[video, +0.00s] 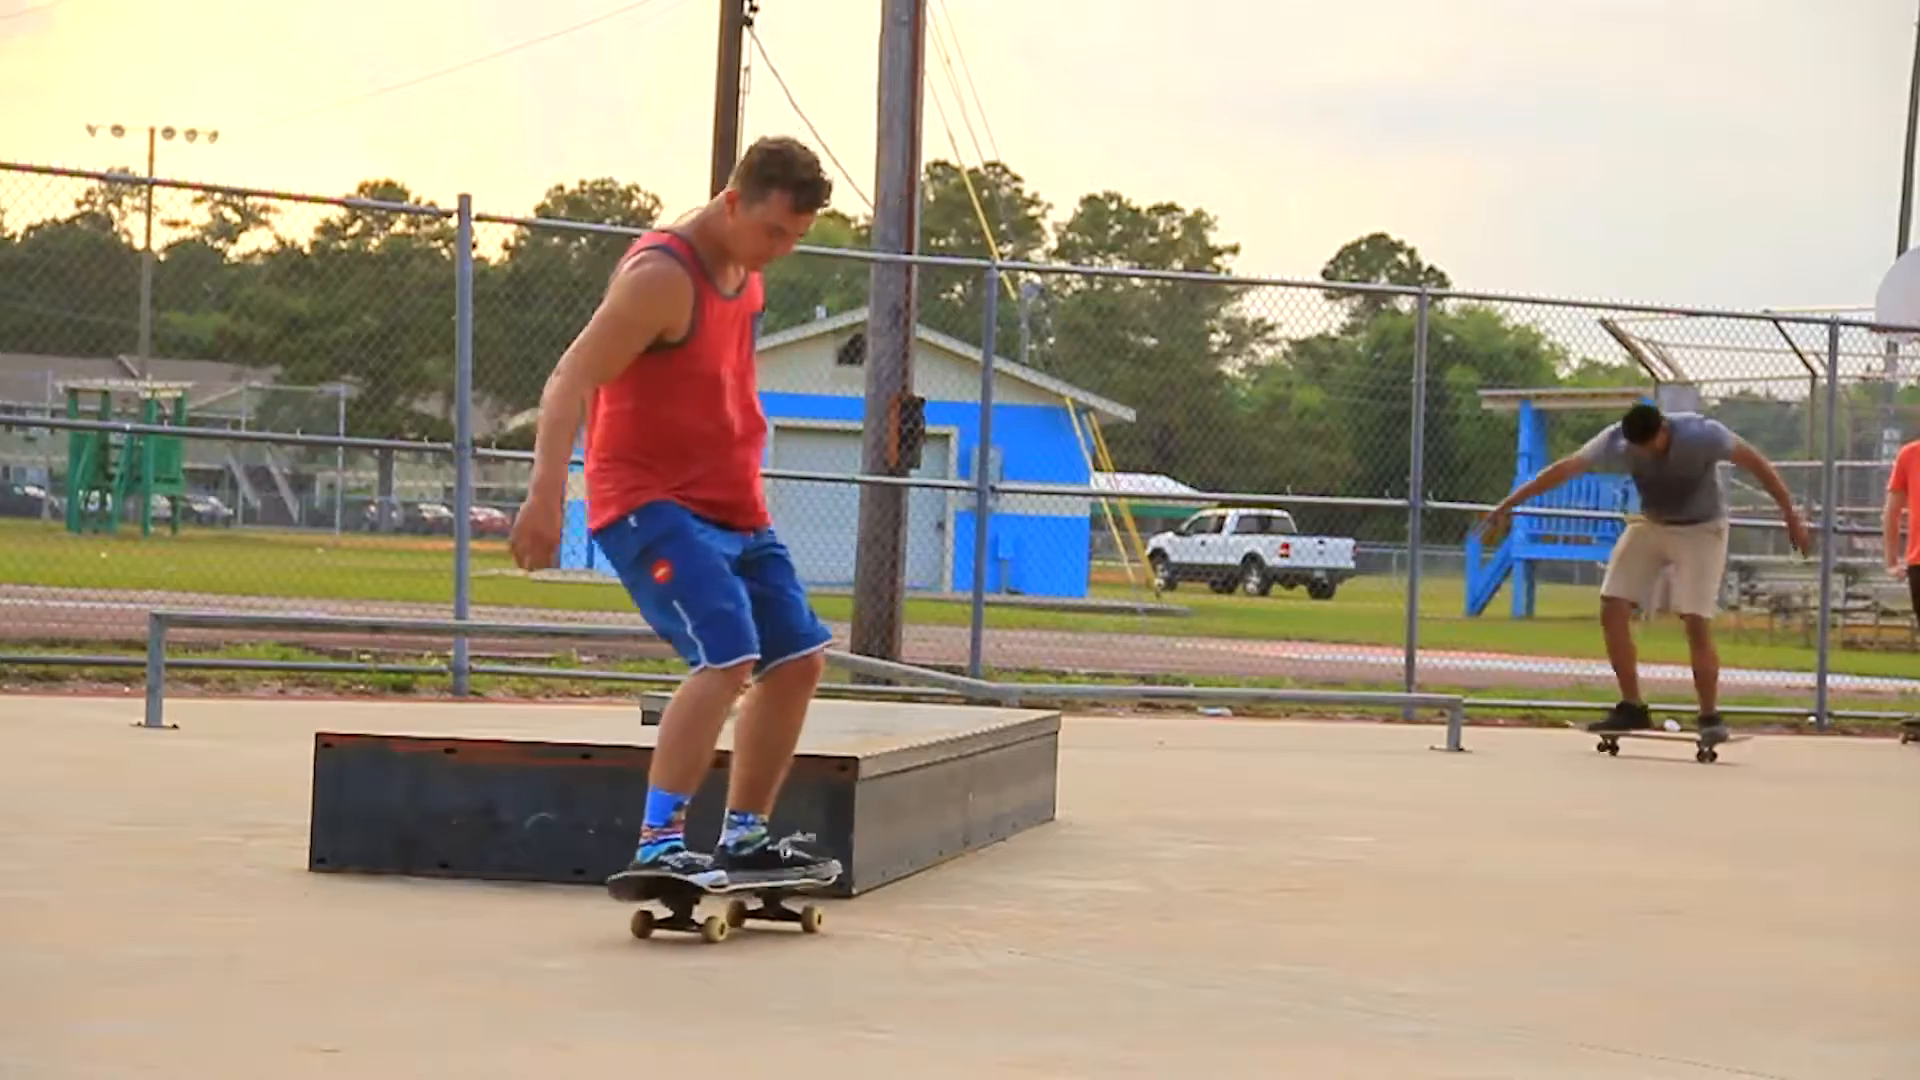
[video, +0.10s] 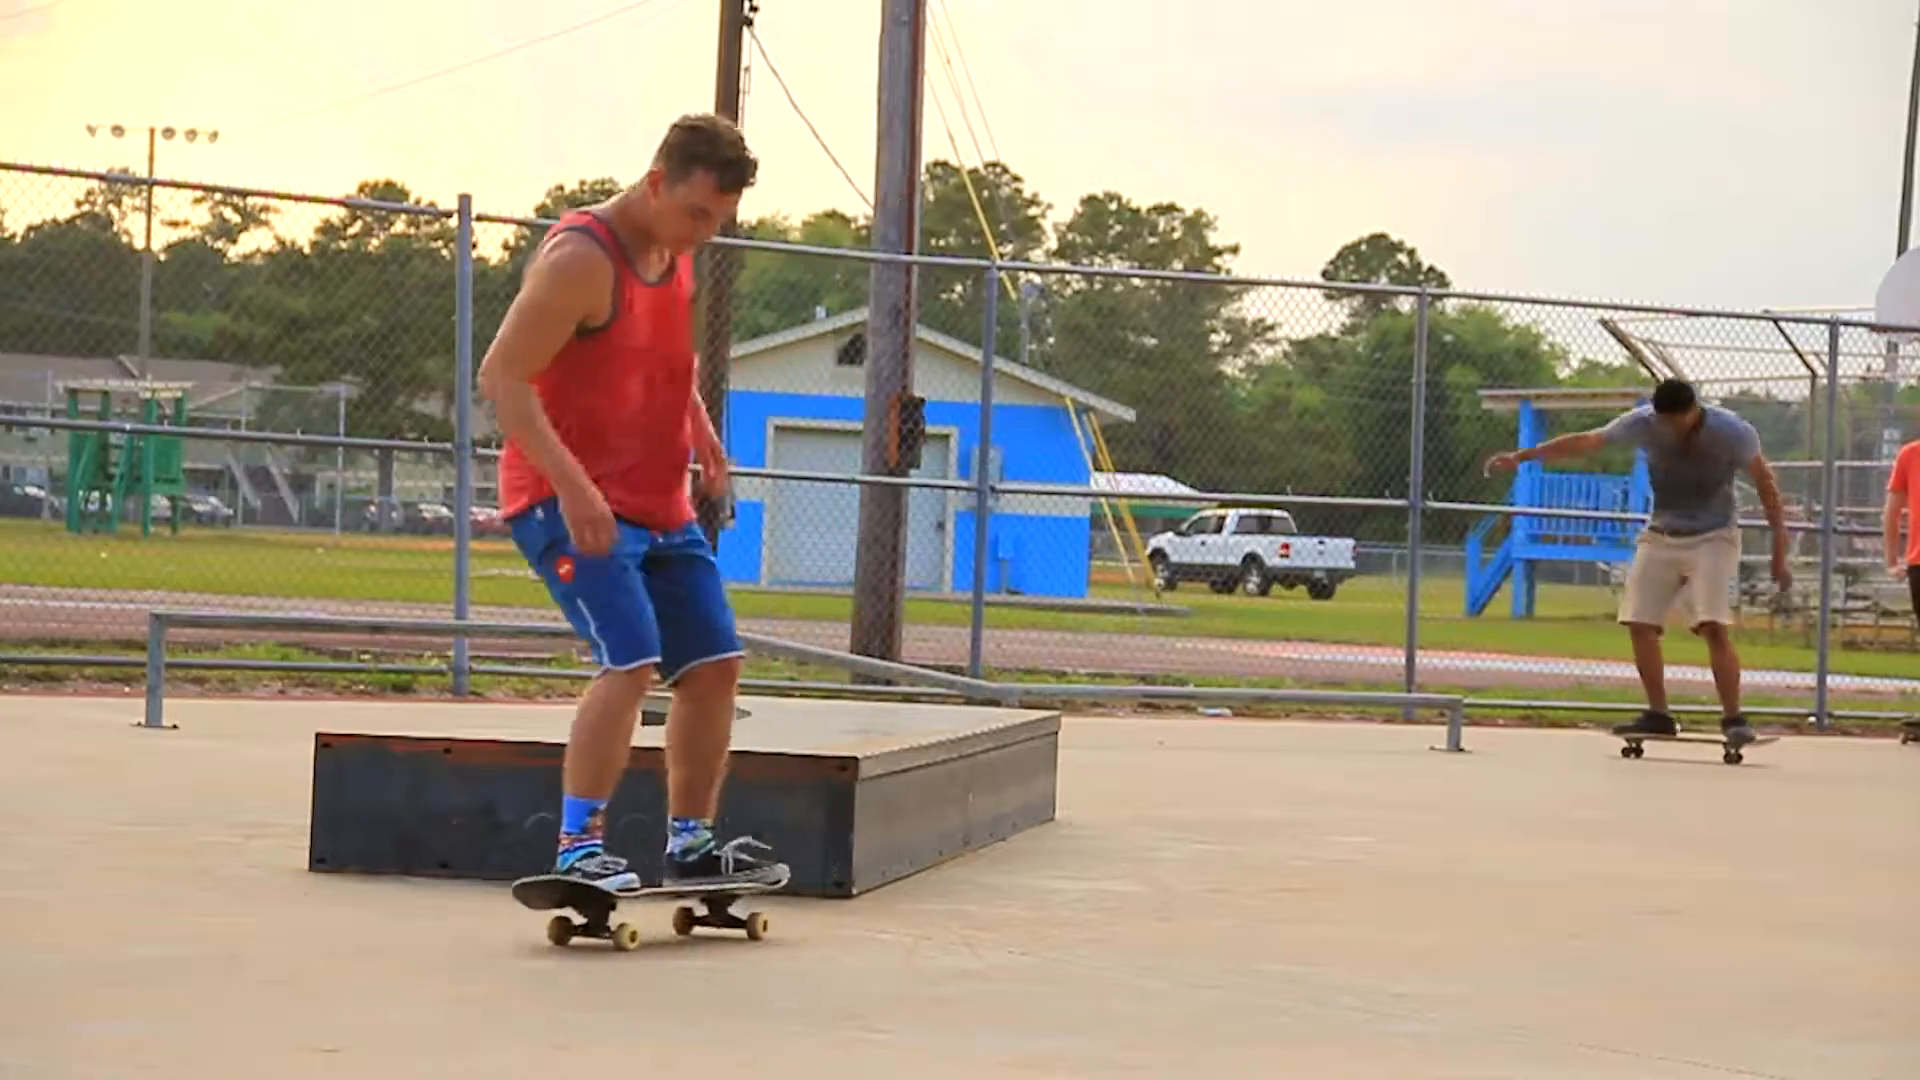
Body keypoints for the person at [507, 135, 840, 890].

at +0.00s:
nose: (781, 251)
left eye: (793, 238)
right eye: (776, 232)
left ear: (790, 222)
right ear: (733, 201)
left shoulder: (741, 271)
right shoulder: (658, 276)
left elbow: (711, 384)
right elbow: (570, 380)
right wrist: (545, 496)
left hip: (734, 507)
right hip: (649, 503)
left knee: (798, 653)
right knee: (726, 653)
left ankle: (743, 840)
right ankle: (659, 842)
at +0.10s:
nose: (706, 234)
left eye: (718, 220)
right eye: (698, 214)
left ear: (726, 207)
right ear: (656, 183)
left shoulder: (676, 255)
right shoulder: (580, 259)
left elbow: (669, 368)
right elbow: (502, 376)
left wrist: (708, 444)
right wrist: (574, 489)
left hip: (659, 506)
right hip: (570, 503)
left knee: (712, 660)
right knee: (630, 659)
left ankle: (690, 845)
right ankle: (578, 850)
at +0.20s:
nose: (623, 214)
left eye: (636, 201)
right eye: (617, 194)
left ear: (642, 184)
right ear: (573, 158)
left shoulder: (595, 229)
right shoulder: (489, 225)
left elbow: (588, 303)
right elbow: (417, 349)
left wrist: (657, 351)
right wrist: (531, 419)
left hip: (566, 479)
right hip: (470, 474)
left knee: (623, 646)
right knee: (528, 649)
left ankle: (625, 852)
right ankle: (491, 853)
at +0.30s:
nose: (529, 188)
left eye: (543, 174)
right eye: (523, 167)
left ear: (551, 156)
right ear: (479, 128)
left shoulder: (502, 199)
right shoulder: (388, 194)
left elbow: (502, 277)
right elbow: (322, 316)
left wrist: (574, 312)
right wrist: (446, 377)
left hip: (469, 462)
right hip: (375, 459)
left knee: (528, 638)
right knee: (425, 649)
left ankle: (530, 843)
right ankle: (389, 855)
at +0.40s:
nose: (433, 159)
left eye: (446, 144)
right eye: (427, 137)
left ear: (452, 125)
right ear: (381, 97)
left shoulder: (409, 172)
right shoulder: (287, 164)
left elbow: (408, 262)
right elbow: (213, 287)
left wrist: (485, 322)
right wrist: (330, 356)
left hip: (378, 456)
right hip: (276, 448)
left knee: (414, 637)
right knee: (303, 646)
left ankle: (399, 849)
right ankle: (261, 854)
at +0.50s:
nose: (334, 124)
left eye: (348, 109)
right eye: (329, 102)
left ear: (351, 94)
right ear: (281, 64)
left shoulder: (315, 150)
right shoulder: (179, 138)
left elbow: (308, 262)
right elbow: (95, 261)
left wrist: (369, 365)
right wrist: (188, 354)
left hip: (267, 448)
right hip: (159, 439)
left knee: (278, 644)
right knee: (159, 641)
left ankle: (256, 857)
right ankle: (105, 858)